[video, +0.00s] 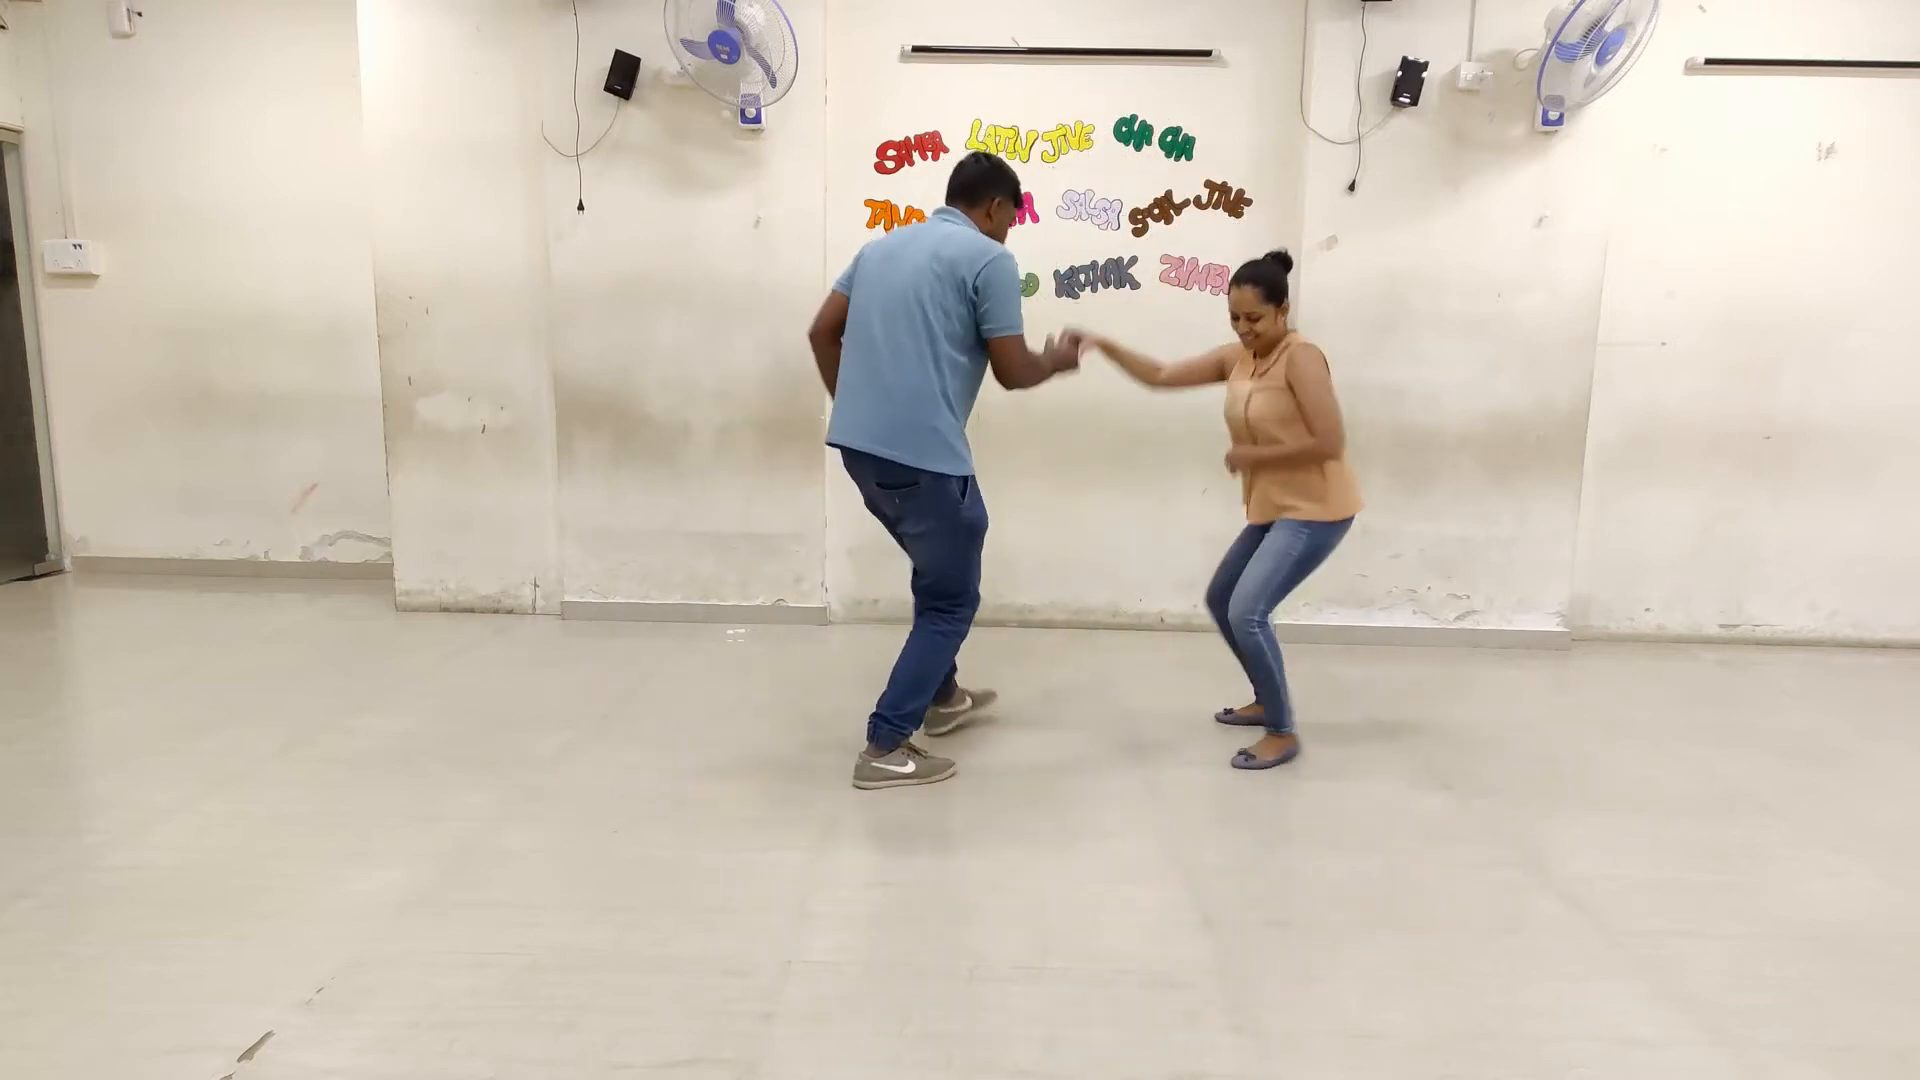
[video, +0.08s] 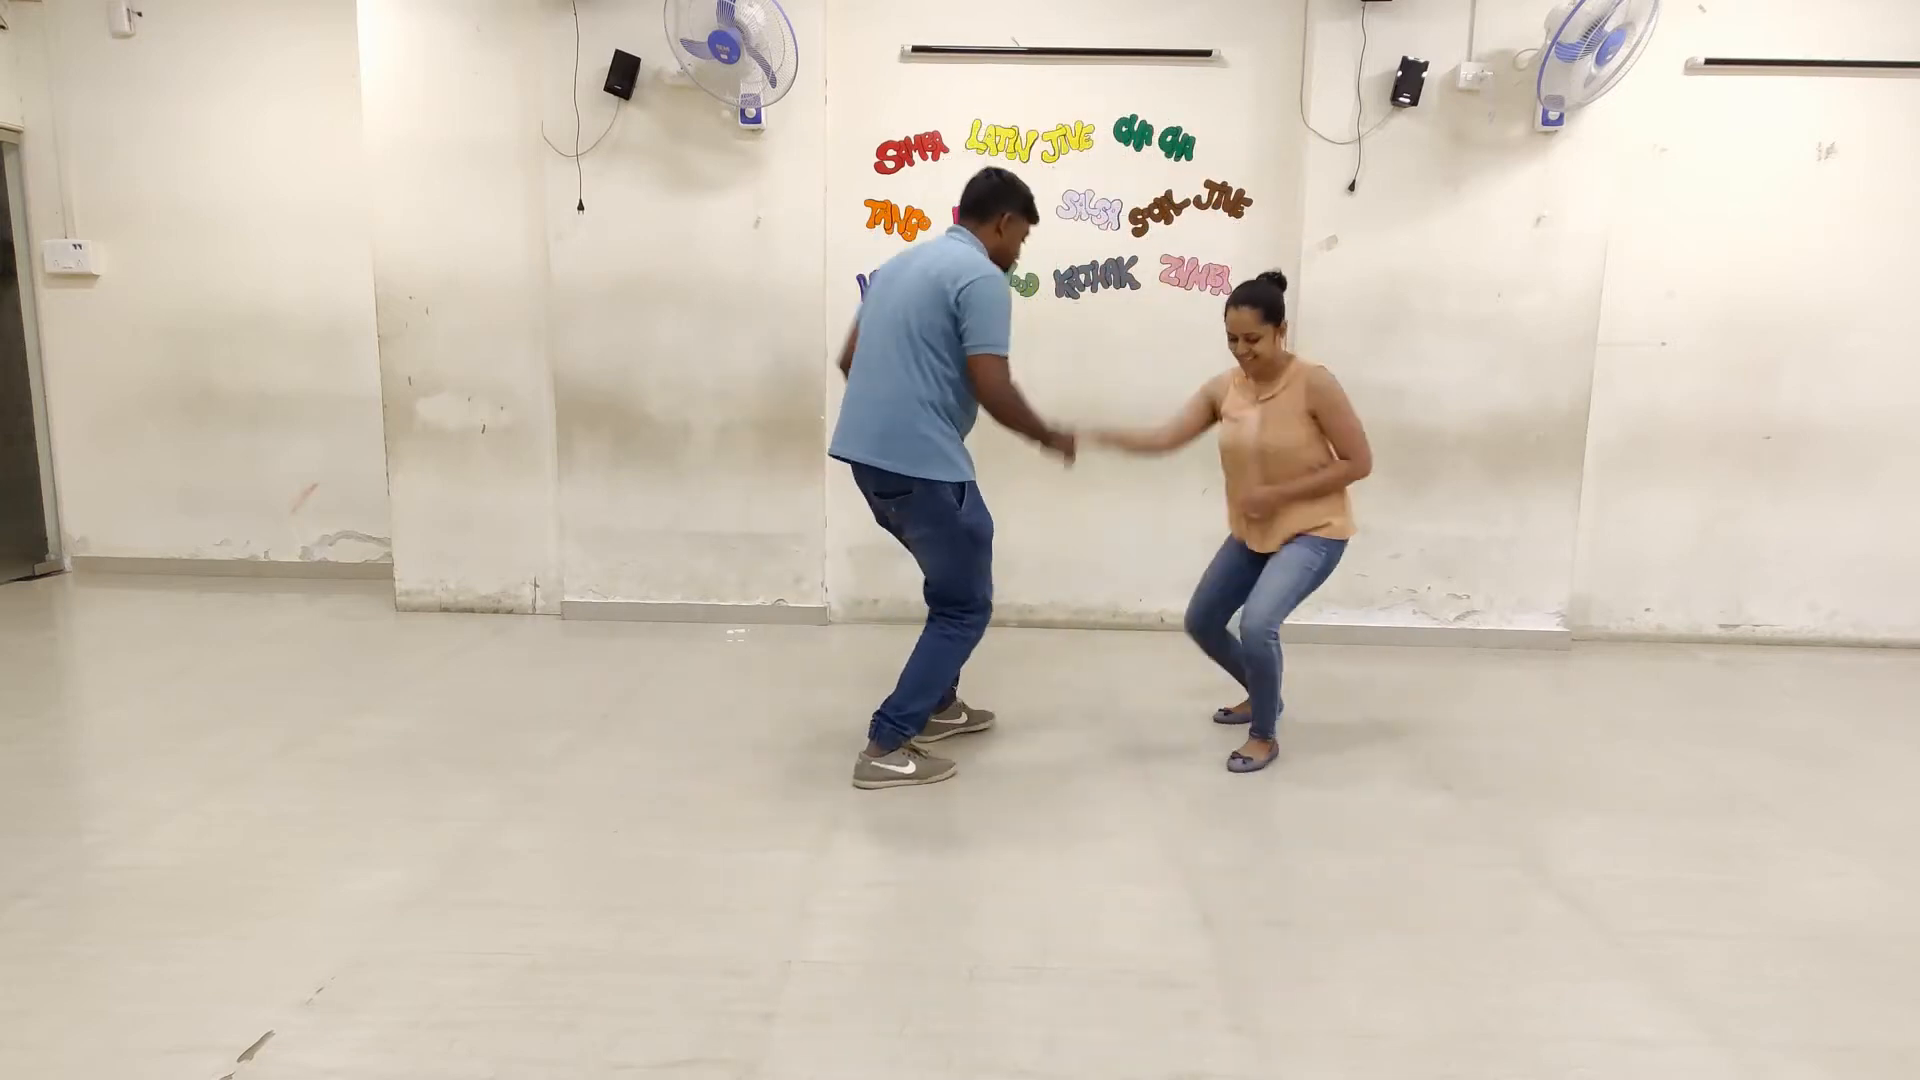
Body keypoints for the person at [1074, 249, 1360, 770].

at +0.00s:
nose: (1244, 327)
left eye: (1254, 316)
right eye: (1236, 316)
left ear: (1282, 309)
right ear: (1229, 310)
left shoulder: (1304, 359)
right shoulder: (1235, 356)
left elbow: (1330, 442)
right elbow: (1160, 375)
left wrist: (1253, 456)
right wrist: (1100, 344)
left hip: (1317, 511)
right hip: (1271, 511)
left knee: (1246, 610)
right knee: (1221, 600)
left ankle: (1283, 735)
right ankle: (1270, 702)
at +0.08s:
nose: (1242, 349)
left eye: (1253, 338)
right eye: (1234, 339)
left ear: (1281, 330)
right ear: (1226, 333)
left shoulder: (1314, 383)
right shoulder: (1223, 390)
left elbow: (1359, 462)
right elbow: (1166, 439)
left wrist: (1280, 493)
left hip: (1314, 533)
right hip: (1251, 533)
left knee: (1256, 625)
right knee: (1203, 623)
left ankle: (1263, 738)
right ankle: (1260, 690)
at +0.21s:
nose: (1243, 346)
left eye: (1253, 335)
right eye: (1233, 336)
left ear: (1280, 323)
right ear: (1224, 328)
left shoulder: (1326, 374)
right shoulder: (1218, 386)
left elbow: (1358, 444)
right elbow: (1184, 457)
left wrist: (1325, 469)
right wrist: (1123, 442)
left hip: (1310, 530)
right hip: (1238, 530)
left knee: (1290, 639)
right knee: (1214, 647)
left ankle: (1248, 735)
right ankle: (1229, 684)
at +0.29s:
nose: (1245, 338)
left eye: (1254, 325)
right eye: (1235, 328)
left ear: (1281, 312)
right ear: (1225, 320)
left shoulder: (1326, 363)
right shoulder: (1219, 377)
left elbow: (1349, 426)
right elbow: (1191, 453)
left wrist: (1336, 456)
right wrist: (1138, 420)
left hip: (1308, 525)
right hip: (1237, 526)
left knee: (1303, 633)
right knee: (1231, 635)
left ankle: (1236, 733)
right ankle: (1203, 675)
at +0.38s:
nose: (1251, 333)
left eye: (1261, 321)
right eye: (1240, 323)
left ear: (1287, 308)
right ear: (1231, 314)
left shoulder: (1322, 357)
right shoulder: (1223, 372)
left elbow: (1335, 421)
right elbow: (1201, 452)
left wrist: (1337, 454)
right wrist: (1149, 417)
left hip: (1299, 521)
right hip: (1233, 521)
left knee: (1301, 627)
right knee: (1236, 631)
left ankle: (1227, 733)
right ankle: (1177, 684)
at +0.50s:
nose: (1254, 332)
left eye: (1265, 319)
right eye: (1243, 321)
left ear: (1290, 310)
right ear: (1234, 314)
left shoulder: (1318, 360)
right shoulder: (1224, 375)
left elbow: (1324, 426)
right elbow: (1209, 459)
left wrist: (1330, 466)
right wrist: (1159, 432)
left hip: (1291, 523)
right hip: (1227, 521)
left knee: (1294, 628)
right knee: (1230, 630)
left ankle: (1223, 736)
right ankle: (1171, 686)